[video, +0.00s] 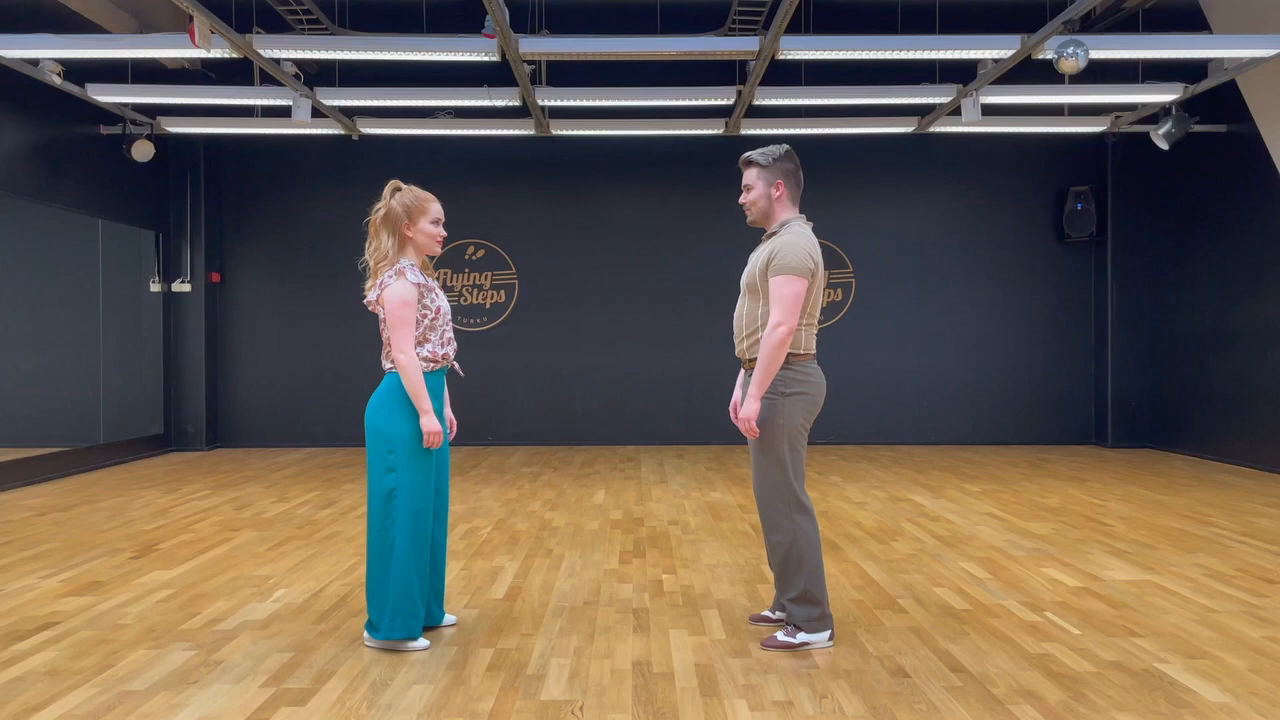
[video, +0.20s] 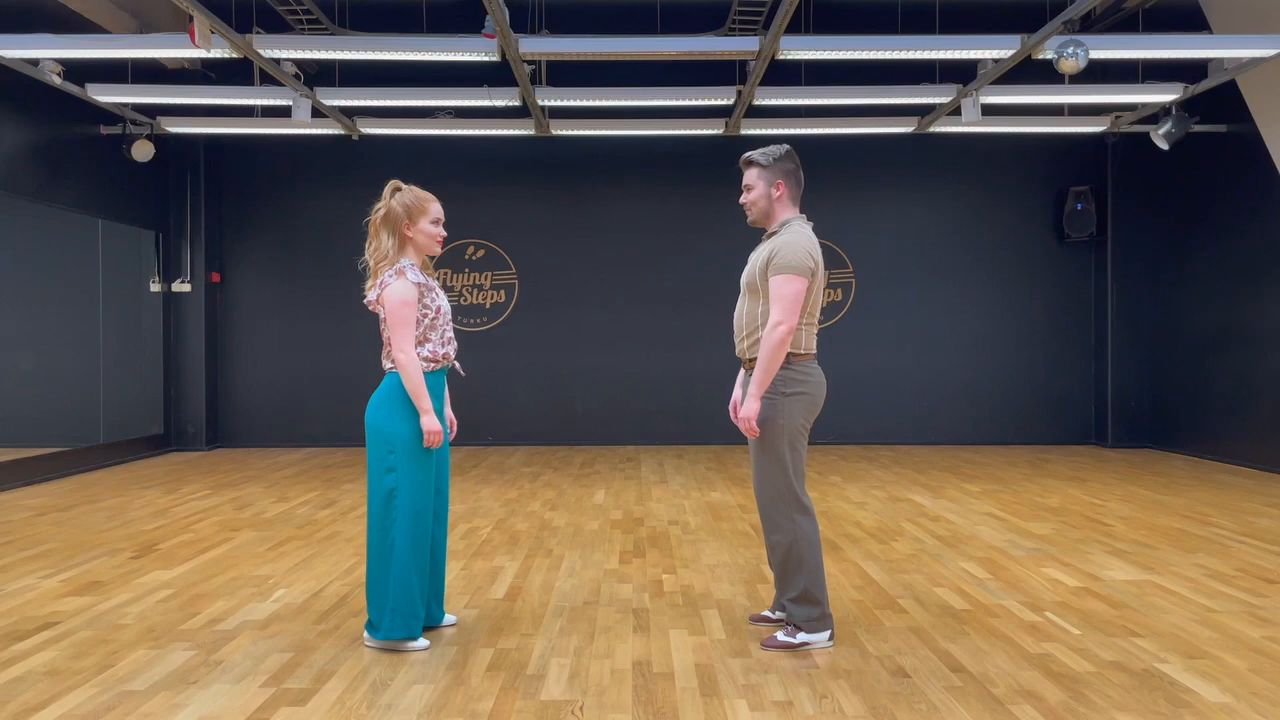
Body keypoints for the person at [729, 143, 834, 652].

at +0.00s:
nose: (742, 198)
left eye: (749, 188)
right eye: (742, 188)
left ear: (780, 189)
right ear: (776, 192)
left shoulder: (793, 244)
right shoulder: (776, 244)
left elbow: (783, 328)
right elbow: (762, 327)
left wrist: (755, 396)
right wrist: (742, 385)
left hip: (787, 384)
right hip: (773, 382)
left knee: (785, 503)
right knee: (777, 500)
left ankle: (811, 621)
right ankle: (794, 603)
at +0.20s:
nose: (742, 198)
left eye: (749, 188)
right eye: (742, 188)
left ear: (780, 189)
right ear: (777, 192)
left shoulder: (793, 244)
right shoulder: (777, 243)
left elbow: (783, 327)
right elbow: (764, 327)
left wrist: (755, 395)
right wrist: (742, 383)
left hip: (787, 384)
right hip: (774, 381)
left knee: (785, 503)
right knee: (778, 500)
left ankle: (811, 621)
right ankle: (794, 603)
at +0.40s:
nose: (743, 198)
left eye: (750, 188)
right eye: (743, 188)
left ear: (781, 189)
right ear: (777, 192)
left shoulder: (793, 243)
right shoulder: (777, 243)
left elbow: (783, 326)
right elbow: (763, 326)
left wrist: (755, 394)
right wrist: (742, 383)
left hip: (787, 383)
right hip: (774, 381)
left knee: (785, 502)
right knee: (778, 500)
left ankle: (811, 621)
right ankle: (794, 603)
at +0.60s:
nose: (743, 198)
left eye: (750, 188)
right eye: (743, 188)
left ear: (781, 189)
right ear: (778, 192)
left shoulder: (794, 243)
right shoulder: (777, 243)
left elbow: (783, 326)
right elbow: (762, 326)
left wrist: (755, 393)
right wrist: (741, 383)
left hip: (787, 383)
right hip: (773, 381)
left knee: (786, 502)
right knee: (778, 499)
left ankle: (811, 621)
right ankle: (794, 603)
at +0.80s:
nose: (741, 197)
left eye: (749, 187)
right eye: (742, 188)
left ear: (779, 189)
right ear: (776, 192)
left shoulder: (793, 241)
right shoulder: (774, 243)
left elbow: (778, 324)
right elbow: (757, 325)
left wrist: (750, 391)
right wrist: (738, 381)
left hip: (787, 384)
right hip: (772, 383)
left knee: (787, 502)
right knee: (777, 499)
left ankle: (811, 621)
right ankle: (794, 602)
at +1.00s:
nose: (732, 200)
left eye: (740, 190)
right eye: (733, 190)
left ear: (770, 191)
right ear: (765, 193)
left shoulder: (780, 238)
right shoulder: (768, 242)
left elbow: (723, 299)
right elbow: (726, 308)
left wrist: (670, 335)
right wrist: (684, 353)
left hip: (789, 383)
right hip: (771, 383)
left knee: (788, 500)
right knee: (775, 495)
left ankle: (814, 621)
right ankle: (792, 599)